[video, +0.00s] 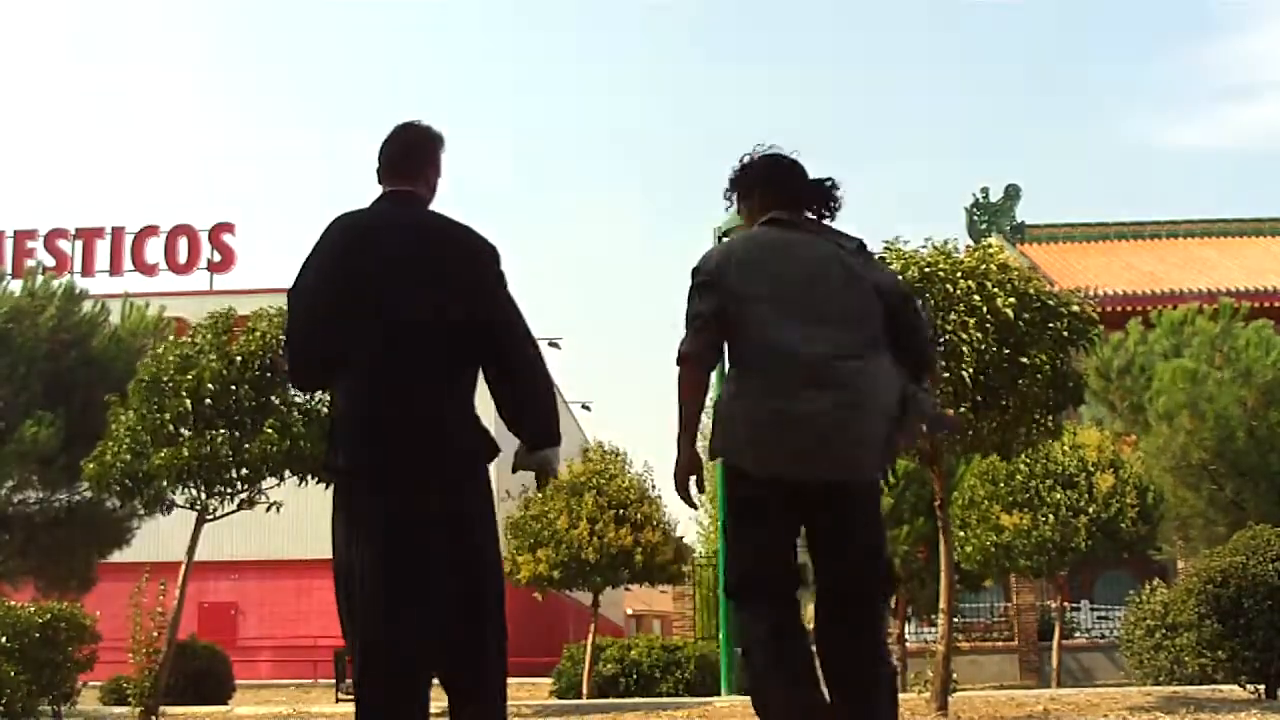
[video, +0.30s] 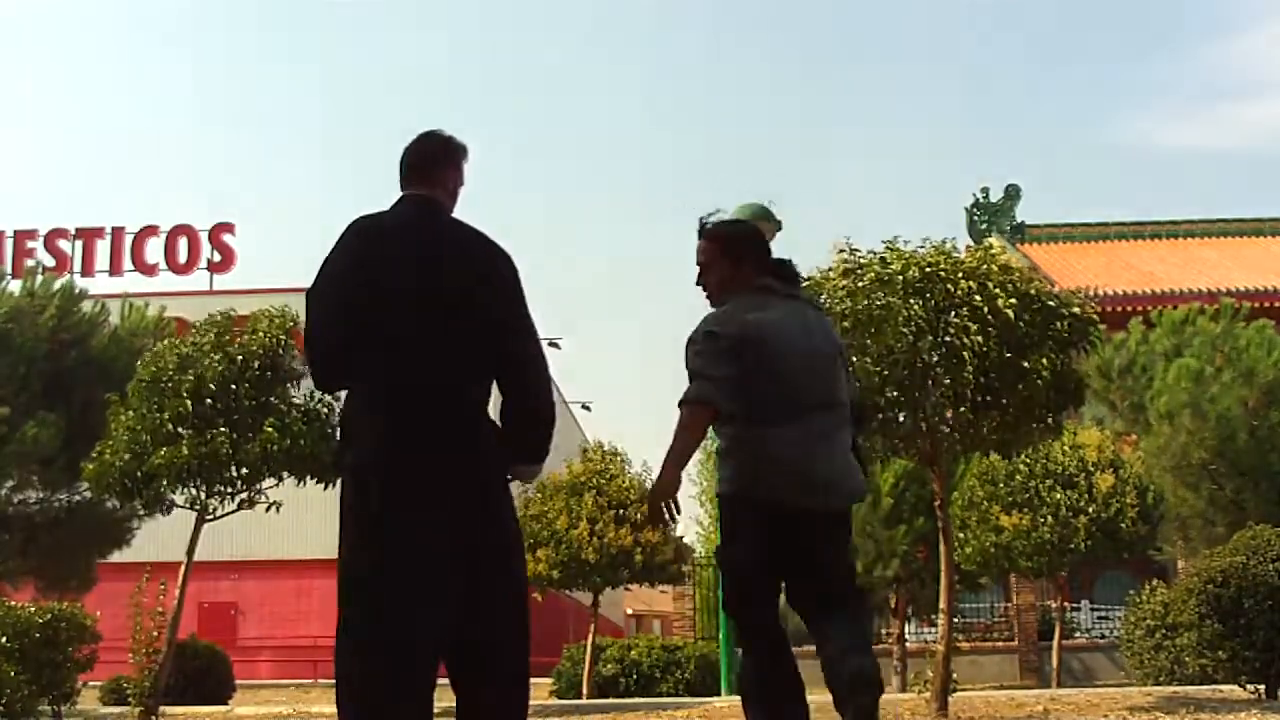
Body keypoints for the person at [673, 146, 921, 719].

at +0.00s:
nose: (734, 214)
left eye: (737, 205)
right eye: (736, 204)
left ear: (752, 204)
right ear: (805, 202)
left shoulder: (726, 257)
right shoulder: (858, 257)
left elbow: (696, 355)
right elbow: (919, 344)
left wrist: (685, 444)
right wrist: (907, 407)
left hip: (758, 456)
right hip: (850, 456)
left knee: (762, 599)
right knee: (855, 601)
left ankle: (792, 711)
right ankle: (866, 711)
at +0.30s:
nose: (697, 277)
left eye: (705, 265)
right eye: (698, 265)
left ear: (739, 265)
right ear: (752, 265)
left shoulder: (721, 327)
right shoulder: (815, 319)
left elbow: (698, 412)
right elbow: (849, 400)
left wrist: (666, 479)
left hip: (753, 494)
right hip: (827, 492)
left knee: (752, 613)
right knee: (832, 599)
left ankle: (781, 713)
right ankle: (860, 698)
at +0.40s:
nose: (696, 273)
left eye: (702, 262)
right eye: (695, 263)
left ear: (730, 260)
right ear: (749, 259)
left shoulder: (729, 315)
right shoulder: (794, 310)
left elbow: (704, 407)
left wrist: (659, 478)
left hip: (754, 486)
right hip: (811, 484)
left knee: (753, 611)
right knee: (810, 606)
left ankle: (769, 711)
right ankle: (839, 708)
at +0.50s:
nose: (697, 278)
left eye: (704, 267)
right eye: (694, 268)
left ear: (737, 267)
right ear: (742, 270)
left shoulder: (738, 322)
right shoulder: (778, 318)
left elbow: (703, 408)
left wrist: (652, 460)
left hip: (758, 479)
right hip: (792, 476)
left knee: (760, 605)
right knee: (781, 602)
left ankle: (776, 710)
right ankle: (799, 708)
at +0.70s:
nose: (699, 315)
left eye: (709, 305)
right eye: (696, 307)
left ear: (740, 308)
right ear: (695, 310)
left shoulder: (739, 357)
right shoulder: (720, 359)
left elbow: (711, 430)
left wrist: (659, 461)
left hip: (755, 494)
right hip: (737, 495)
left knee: (741, 617)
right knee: (739, 617)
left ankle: (784, 710)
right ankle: (780, 709)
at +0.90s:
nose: (689, 316)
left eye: (699, 307)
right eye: (683, 309)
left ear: (727, 310)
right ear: (680, 315)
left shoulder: (720, 353)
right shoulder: (708, 361)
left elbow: (730, 422)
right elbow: (688, 426)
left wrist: (718, 486)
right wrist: (646, 437)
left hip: (723, 494)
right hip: (752, 499)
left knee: (681, 597)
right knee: (751, 610)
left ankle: (717, 701)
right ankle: (759, 708)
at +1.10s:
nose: (659, 347)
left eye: (669, 338)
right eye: (655, 340)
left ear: (697, 340)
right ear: (654, 345)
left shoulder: (687, 385)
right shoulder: (693, 387)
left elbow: (722, 438)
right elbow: (656, 455)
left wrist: (748, 489)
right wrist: (617, 441)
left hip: (680, 526)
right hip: (724, 526)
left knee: (663, 645)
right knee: (743, 642)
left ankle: (663, 714)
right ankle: (767, 714)